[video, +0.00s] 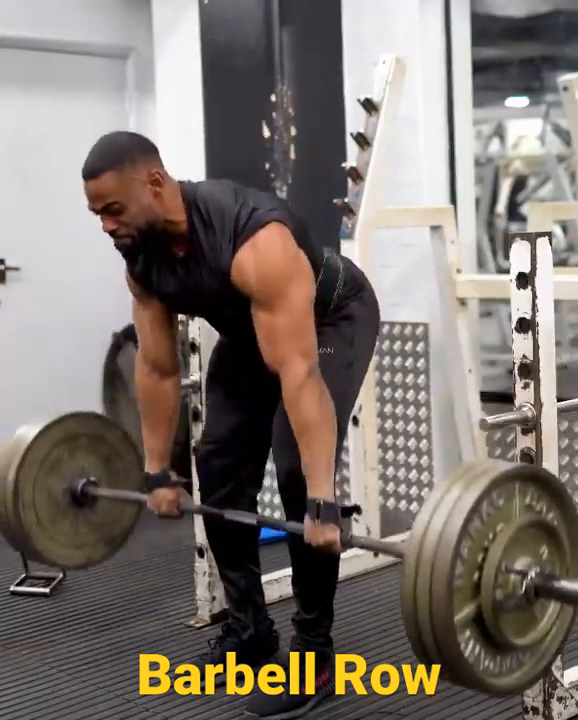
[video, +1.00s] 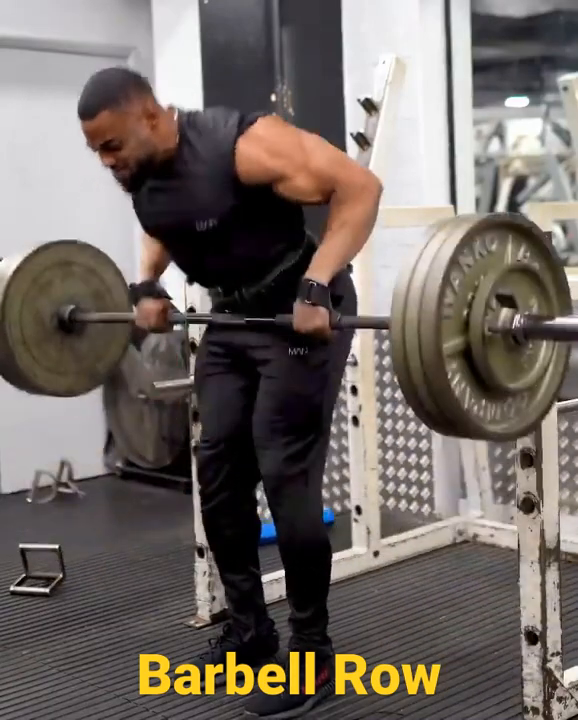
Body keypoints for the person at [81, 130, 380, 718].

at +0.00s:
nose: (107, 227)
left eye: (113, 210)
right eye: (98, 215)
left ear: (155, 182)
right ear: (144, 188)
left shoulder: (255, 242)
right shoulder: (142, 254)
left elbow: (300, 371)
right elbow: (157, 368)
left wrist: (324, 498)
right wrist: (158, 471)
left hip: (332, 313)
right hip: (249, 324)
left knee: (297, 464)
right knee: (219, 466)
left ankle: (311, 647)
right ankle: (247, 628)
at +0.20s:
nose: (106, 239)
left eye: (115, 221)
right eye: (99, 224)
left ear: (160, 199)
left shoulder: (257, 263)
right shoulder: (142, 276)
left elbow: (298, 398)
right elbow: (158, 387)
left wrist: (319, 524)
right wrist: (156, 493)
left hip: (335, 322)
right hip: (252, 331)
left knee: (298, 474)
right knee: (212, 470)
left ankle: (312, 649)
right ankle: (249, 627)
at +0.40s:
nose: (108, 232)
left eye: (116, 215)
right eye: (101, 219)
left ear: (162, 195)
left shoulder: (254, 257)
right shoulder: (142, 270)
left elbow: (297, 391)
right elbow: (156, 381)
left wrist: (316, 517)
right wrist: (152, 486)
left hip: (336, 319)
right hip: (253, 328)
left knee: (298, 471)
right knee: (217, 465)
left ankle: (310, 650)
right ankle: (247, 627)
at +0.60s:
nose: (110, 190)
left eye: (117, 174)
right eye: (102, 178)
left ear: (160, 148)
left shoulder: (252, 203)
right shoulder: (143, 219)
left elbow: (315, 320)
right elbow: (154, 321)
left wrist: (312, 449)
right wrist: (149, 429)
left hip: (327, 300)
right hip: (252, 312)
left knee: (309, 468)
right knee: (237, 465)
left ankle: (311, 649)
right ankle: (250, 627)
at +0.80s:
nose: (126, 135)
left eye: (132, 119)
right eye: (118, 124)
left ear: (174, 89)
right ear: (124, 112)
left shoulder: (261, 133)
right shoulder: (153, 159)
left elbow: (349, 228)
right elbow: (157, 245)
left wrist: (315, 338)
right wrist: (147, 331)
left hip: (304, 313)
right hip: (235, 315)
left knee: (304, 480)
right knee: (240, 480)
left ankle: (314, 652)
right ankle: (249, 631)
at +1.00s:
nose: (108, 162)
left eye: (113, 145)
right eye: (99, 151)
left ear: (154, 116)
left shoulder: (245, 143)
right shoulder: (141, 175)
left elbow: (360, 187)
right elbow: (164, 223)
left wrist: (316, 286)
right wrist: (146, 283)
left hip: (302, 322)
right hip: (229, 325)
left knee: (285, 469)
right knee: (218, 472)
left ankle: (310, 647)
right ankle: (247, 627)